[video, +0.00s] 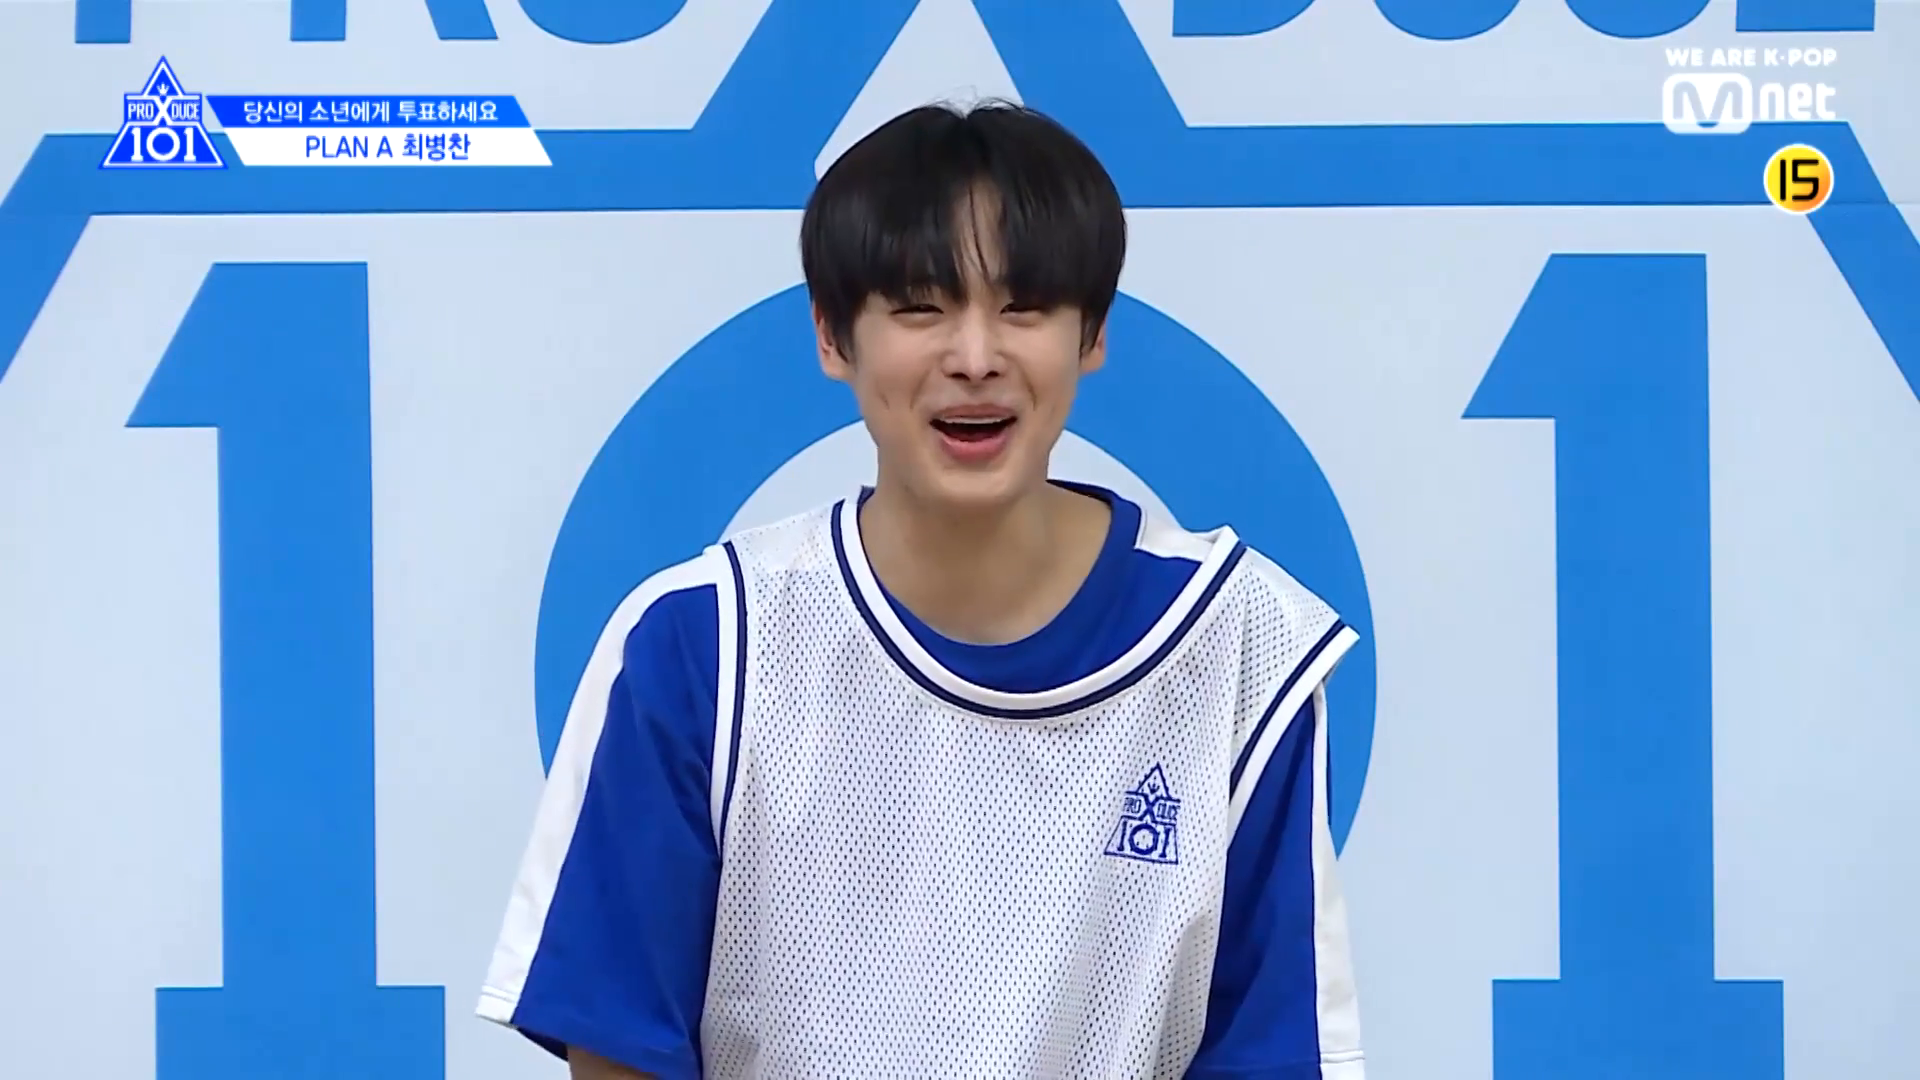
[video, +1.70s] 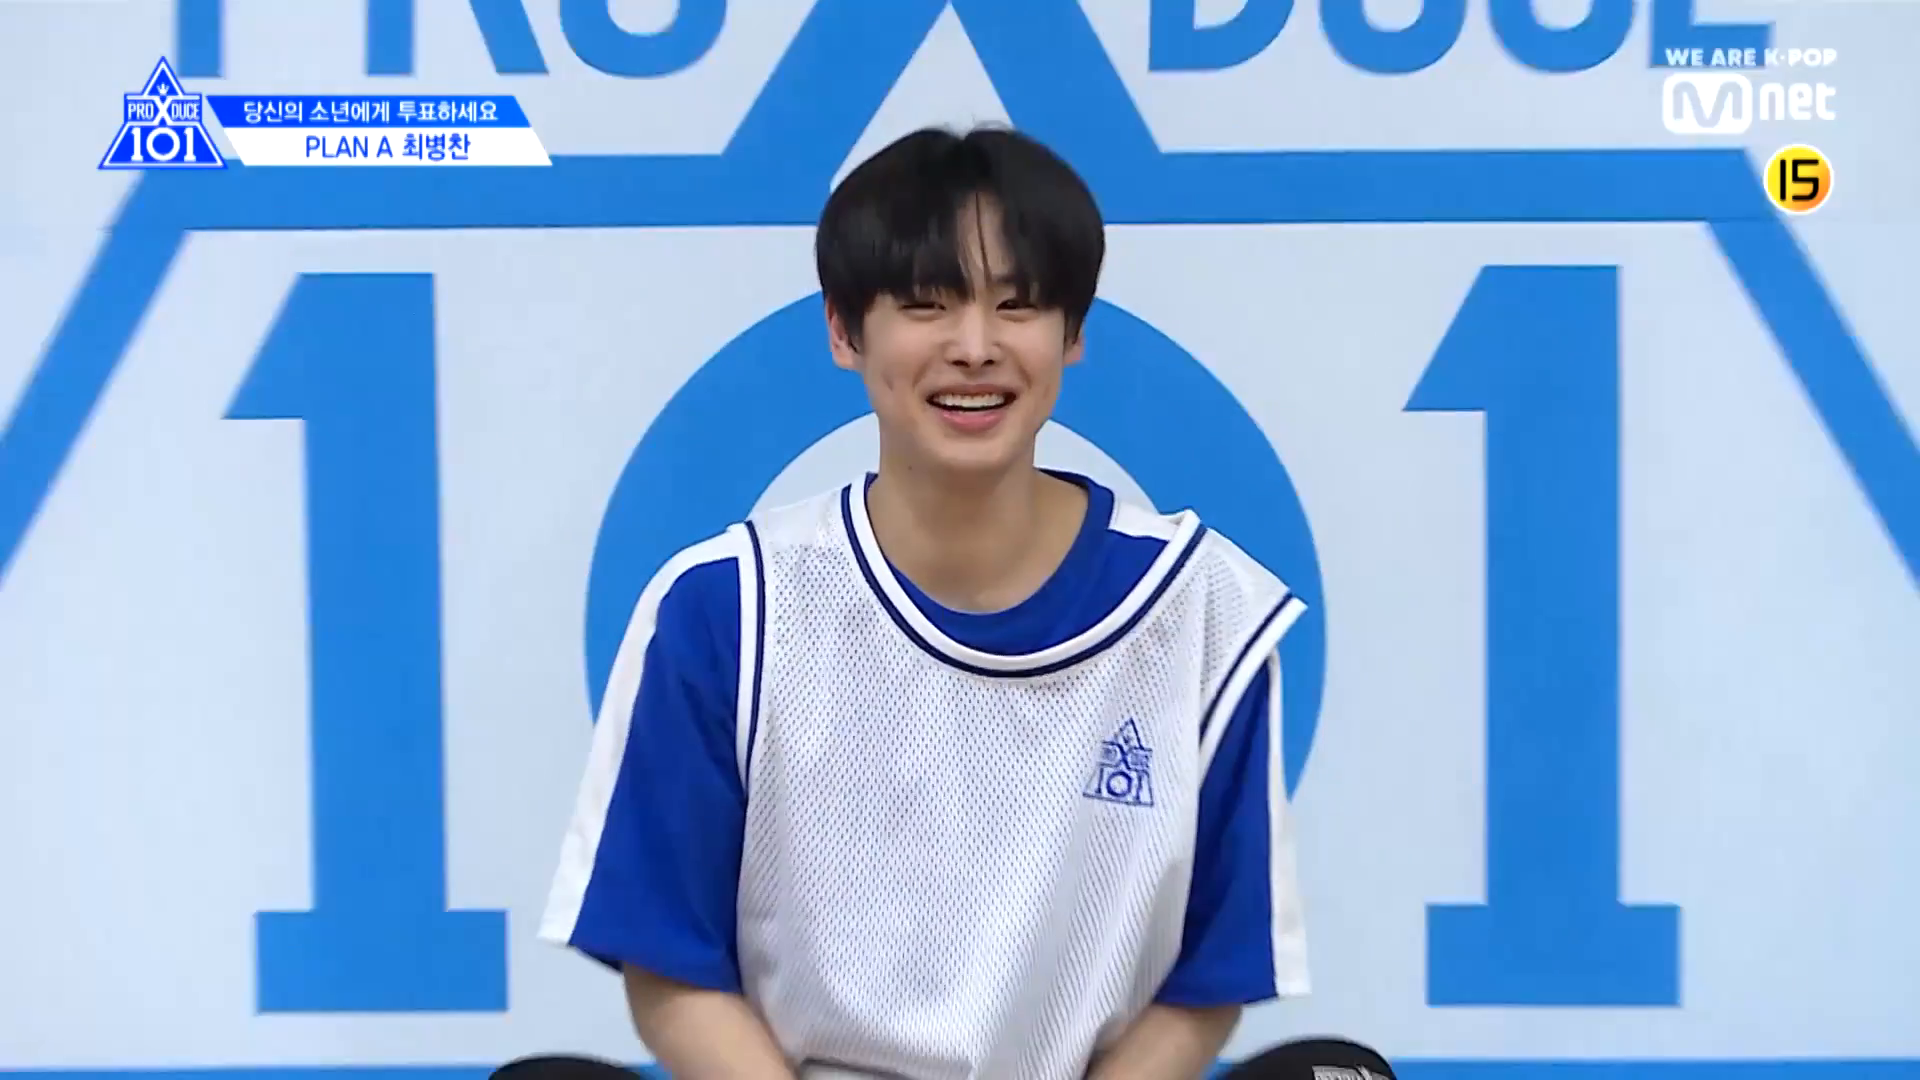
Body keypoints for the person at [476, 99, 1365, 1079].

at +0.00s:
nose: (975, 359)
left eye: (1023, 306)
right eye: (922, 306)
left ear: (1088, 341)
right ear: (839, 344)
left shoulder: (1246, 653)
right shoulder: (692, 647)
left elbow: (1271, 1051)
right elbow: (616, 1046)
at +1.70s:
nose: (974, 347)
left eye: (1017, 303)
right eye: (928, 301)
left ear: (1070, 336)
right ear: (849, 333)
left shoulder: (1212, 617)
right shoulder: (720, 609)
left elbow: (1204, 991)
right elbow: (672, 978)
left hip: (1076, 1060)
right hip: (810, 1057)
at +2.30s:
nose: (955, 396)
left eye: (979, 372)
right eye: (929, 372)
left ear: (1010, 387)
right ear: (892, 387)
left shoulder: (1084, 528)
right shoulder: (825, 525)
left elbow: (1080, 733)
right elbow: (797, 725)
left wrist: (994, 846)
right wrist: (891, 843)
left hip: (1018, 859)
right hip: (864, 859)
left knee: (1159, 804)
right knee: (720, 810)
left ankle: (1125, 1071)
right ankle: (760, 1071)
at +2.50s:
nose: (953, 399)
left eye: (973, 379)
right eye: (931, 379)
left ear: (1000, 389)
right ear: (900, 391)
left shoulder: (1062, 509)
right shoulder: (847, 507)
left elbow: (1063, 677)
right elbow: (822, 672)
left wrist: (992, 771)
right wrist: (901, 773)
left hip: (1012, 779)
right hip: (879, 780)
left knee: (1129, 739)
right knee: (756, 747)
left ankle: (1100, 989)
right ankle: (792, 988)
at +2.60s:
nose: (953, 404)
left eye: (972, 385)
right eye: (934, 385)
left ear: (997, 395)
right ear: (906, 396)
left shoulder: (1053, 505)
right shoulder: (856, 502)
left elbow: (1054, 658)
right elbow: (833, 652)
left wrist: (989, 744)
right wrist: (905, 745)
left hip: (1008, 751)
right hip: (886, 754)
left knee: (1113, 714)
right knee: (774, 722)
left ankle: (1088, 943)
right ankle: (807, 942)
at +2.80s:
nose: (956, 417)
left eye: (971, 402)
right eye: (939, 401)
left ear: (992, 409)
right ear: (915, 410)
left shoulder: (1039, 502)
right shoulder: (872, 500)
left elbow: (1040, 632)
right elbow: (853, 628)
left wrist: (985, 704)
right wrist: (914, 704)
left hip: (1000, 711)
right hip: (897, 712)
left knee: (1089, 680)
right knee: (802, 686)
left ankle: (1067, 873)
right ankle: (831, 871)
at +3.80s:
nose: (961, 453)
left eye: (972, 443)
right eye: (949, 443)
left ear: (986, 449)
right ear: (932, 449)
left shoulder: (1016, 513)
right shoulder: (902, 511)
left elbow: (1016, 604)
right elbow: (887, 600)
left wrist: (977, 653)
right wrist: (929, 653)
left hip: (989, 657)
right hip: (917, 657)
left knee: (1050, 636)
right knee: (853, 639)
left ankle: (1034, 769)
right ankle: (870, 768)